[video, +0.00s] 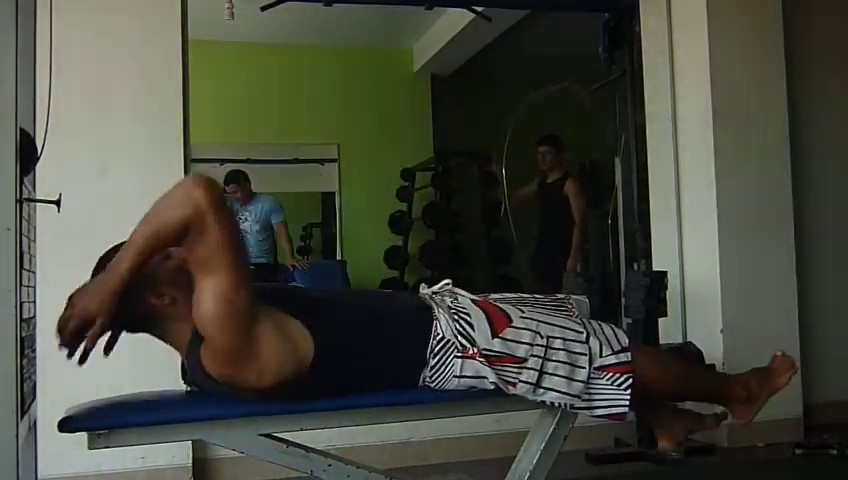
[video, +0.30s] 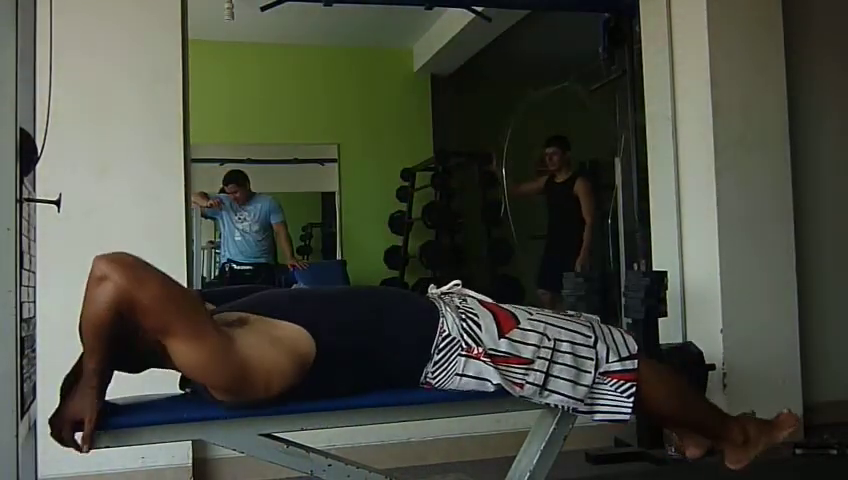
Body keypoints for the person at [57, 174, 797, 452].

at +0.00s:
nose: (192, 261)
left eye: (182, 256)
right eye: (177, 261)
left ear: (160, 300)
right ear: (170, 293)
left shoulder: (222, 334)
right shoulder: (226, 342)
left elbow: (199, 199)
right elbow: (197, 192)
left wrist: (111, 284)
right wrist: (110, 282)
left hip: (437, 322)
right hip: (451, 340)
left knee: (587, 341)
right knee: (615, 358)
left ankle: (678, 421)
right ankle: (737, 390)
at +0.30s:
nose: (693, 445)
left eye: (697, 436)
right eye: (692, 428)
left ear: (666, 381)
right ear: (675, 393)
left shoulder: (611, 355)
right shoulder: (623, 362)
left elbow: (647, 390)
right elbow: (661, 388)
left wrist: (697, 432)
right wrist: (740, 437)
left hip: (424, 312)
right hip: (421, 327)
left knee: (246, 332)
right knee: (231, 374)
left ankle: (95, 371)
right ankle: (90, 377)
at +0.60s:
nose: (146, 352)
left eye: (136, 356)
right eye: (141, 362)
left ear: (143, 367)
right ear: (151, 374)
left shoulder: (208, 340)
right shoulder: (211, 356)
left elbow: (95, 287)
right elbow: (92, 287)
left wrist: (77, 385)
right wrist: (72, 390)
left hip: (435, 319)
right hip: (440, 339)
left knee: (605, 346)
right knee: (616, 351)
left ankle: (690, 449)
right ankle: (697, 456)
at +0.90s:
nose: (156, 361)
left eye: (147, 365)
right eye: (153, 367)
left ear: (156, 370)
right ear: (163, 373)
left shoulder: (220, 344)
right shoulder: (220, 351)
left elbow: (117, 291)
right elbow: (116, 294)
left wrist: (81, 386)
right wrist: (75, 390)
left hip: (449, 314)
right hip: (455, 330)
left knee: (611, 359)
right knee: (628, 366)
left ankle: (699, 452)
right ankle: (711, 464)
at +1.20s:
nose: (167, 350)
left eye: (156, 354)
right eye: (161, 360)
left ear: (167, 362)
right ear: (175, 374)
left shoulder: (231, 338)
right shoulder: (234, 350)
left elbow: (124, 283)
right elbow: (125, 281)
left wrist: (83, 382)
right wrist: (77, 386)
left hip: (453, 318)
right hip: (462, 332)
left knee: (617, 366)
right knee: (632, 370)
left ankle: (702, 453)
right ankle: (723, 459)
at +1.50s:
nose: (163, 362)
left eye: (155, 365)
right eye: (159, 373)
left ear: (163, 355)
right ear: (169, 374)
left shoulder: (229, 334)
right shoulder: (231, 350)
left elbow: (114, 283)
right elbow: (114, 281)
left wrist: (86, 380)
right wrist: (73, 387)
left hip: (455, 315)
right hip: (461, 334)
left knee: (619, 359)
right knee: (639, 367)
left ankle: (716, 438)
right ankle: (733, 447)